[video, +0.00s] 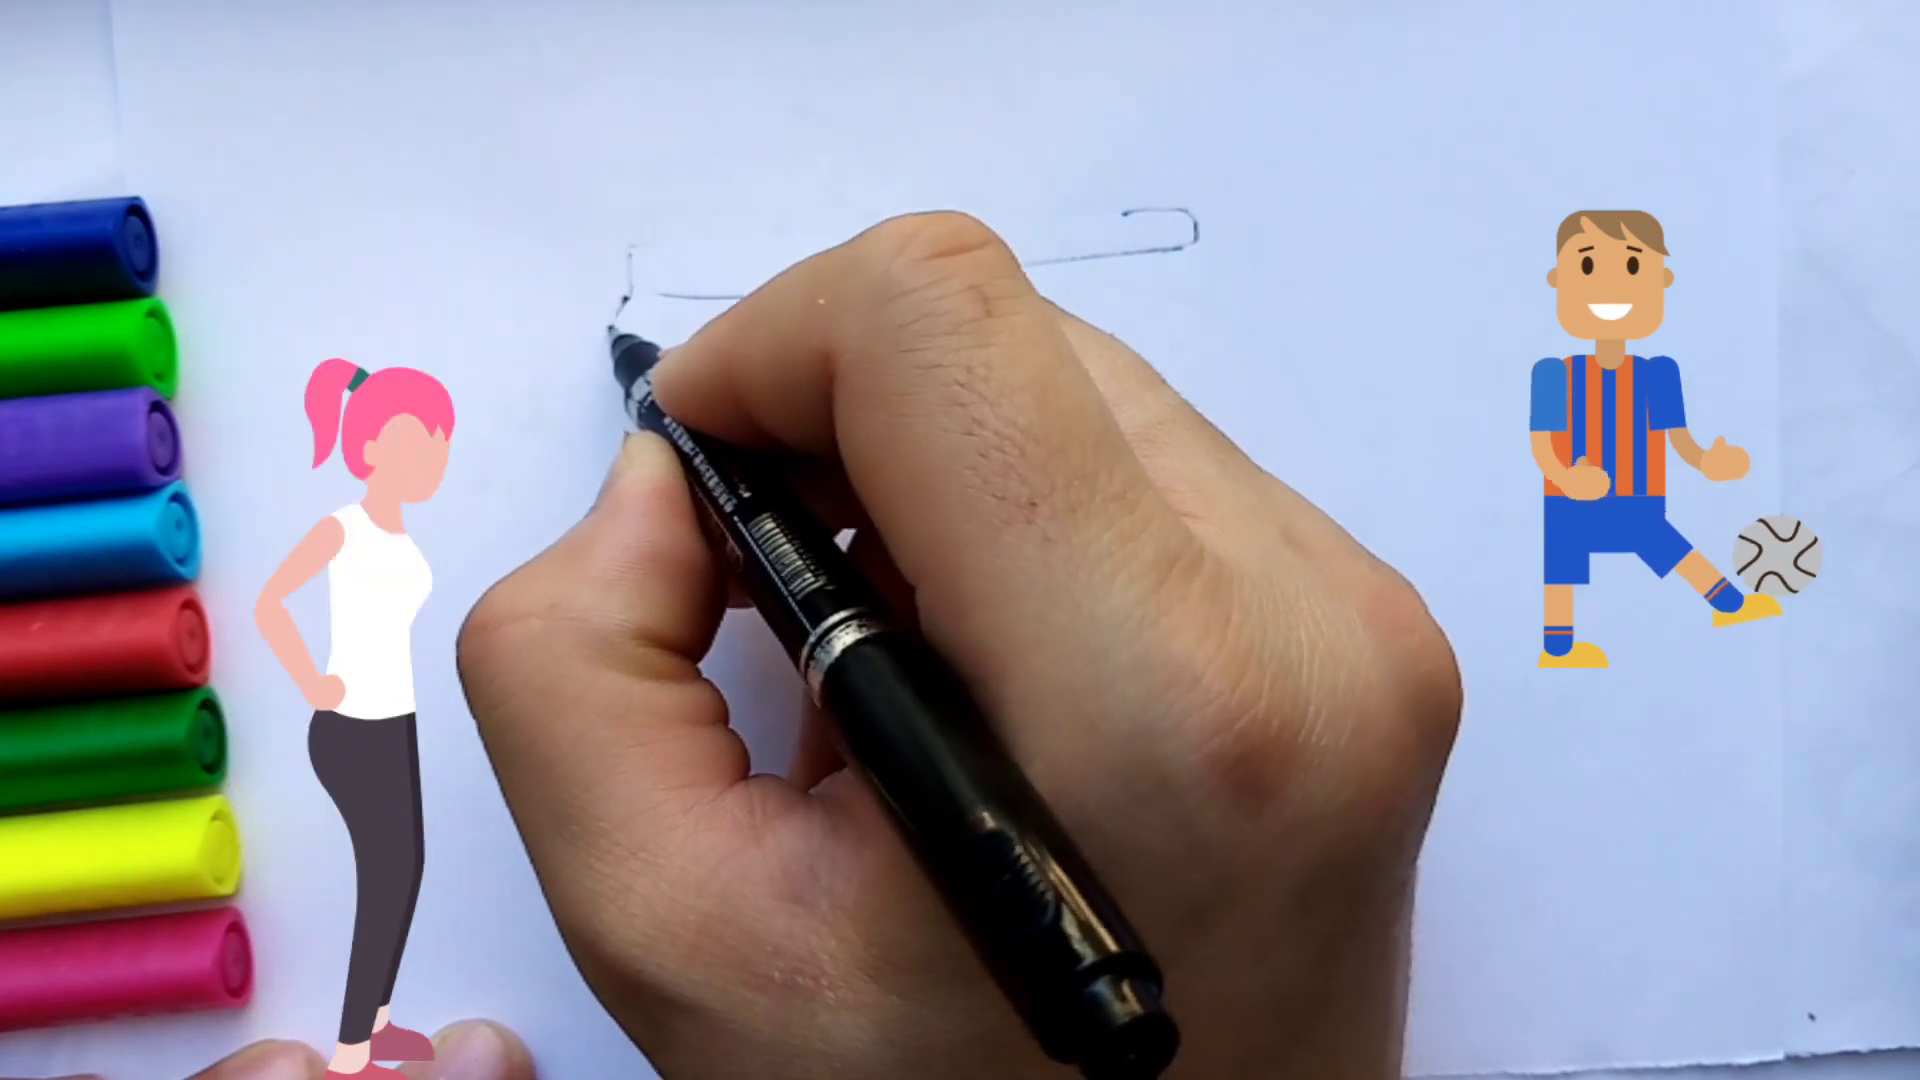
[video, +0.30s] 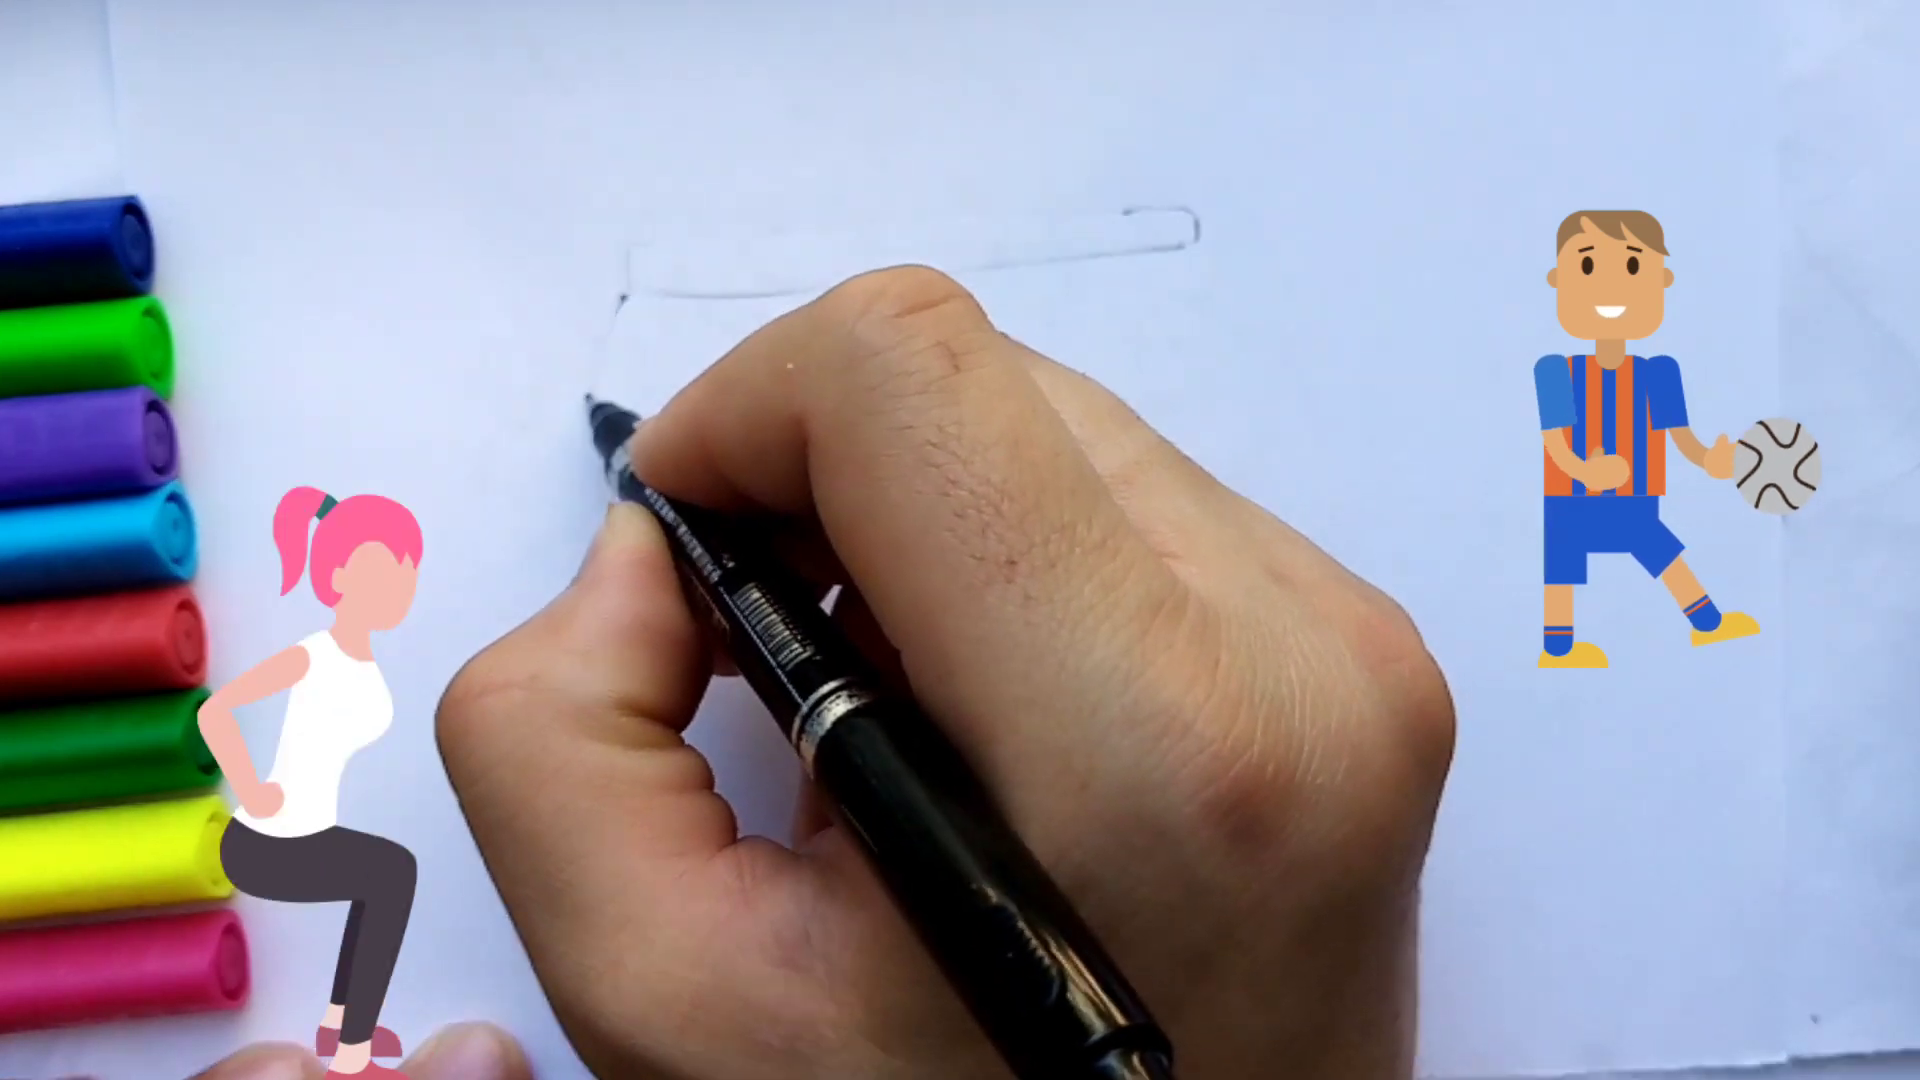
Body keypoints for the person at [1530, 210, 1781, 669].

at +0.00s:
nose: (1610, 287)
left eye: (1631, 267)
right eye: (1589, 267)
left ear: (1661, 283)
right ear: (1561, 283)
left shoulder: (1657, 373)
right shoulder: (1555, 374)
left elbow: (1680, 437)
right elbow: (1542, 442)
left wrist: (1708, 462)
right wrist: (1566, 479)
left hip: (1634, 506)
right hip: (1570, 508)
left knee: (1676, 552)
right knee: (1560, 573)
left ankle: (1730, 602)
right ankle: (1557, 646)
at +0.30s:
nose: (1610, 287)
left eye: (1631, 267)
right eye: (1589, 267)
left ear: (1661, 284)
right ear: (1559, 284)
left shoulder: (1656, 373)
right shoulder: (1560, 372)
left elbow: (1682, 435)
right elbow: (1553, 439)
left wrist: (1710, 460)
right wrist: (1582, 470)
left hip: (1630, 505)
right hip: (1570, 506)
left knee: (1664, 555)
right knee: (1561, 569)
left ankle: (1707, 621)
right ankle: (1557, 647)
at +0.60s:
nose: (1610, 287)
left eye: (1631, 267)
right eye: (1590, 267)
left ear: (1660, 283)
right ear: (1561, 282)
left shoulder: (1657, 374)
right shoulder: (1554, 374)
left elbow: (1681, 437)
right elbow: (1543, 443)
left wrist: (1708, 462)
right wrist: (1567, 480)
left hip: (1634, 506)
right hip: (1570, 508)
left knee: (1677, 552)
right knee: (1561, 573)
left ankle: (1730, 602)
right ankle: (1558, 647)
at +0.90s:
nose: (1611, 287)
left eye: (1631, 267)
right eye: (1589, 266)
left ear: (1662, 283)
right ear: (1559, 283)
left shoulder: (1656, 374)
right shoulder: (1558, 373)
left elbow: (1684, 438)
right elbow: (1552, 440)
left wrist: (1710, 461)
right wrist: (1580, 472)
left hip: (1630, 507)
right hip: (1570, 507)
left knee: (1665, 554)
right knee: (1561, 570)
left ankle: (1710, 618)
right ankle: (1558, 647)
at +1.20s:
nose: (1610, 287)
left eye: (1631, 267)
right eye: (1590, 267)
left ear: (1661, 283)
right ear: (1561, 283)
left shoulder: (1658, 373)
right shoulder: (1554, 374)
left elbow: (1681, 438)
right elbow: (1542, 442)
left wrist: (1708, 462)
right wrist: (1566, 479)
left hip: (1634, 506)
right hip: (1570, 509)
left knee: (1676, 552)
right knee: (1561, 574)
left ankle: (1729, 602)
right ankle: (1557, 647)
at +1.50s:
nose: (1611, 287)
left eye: (1631, 267)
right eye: (1589, 266)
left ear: (1662, 283)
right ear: (1559, 283)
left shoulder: (1656, 374)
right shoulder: (1558, 373)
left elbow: (1683, 437)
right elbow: (1552, 441)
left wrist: (1709, 461)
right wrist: (1581, 472)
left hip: (1630, 506)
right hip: (1570, 507)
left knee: (1663, 552)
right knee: (1561, 569)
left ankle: (1710, 618)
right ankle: (1558, 647)